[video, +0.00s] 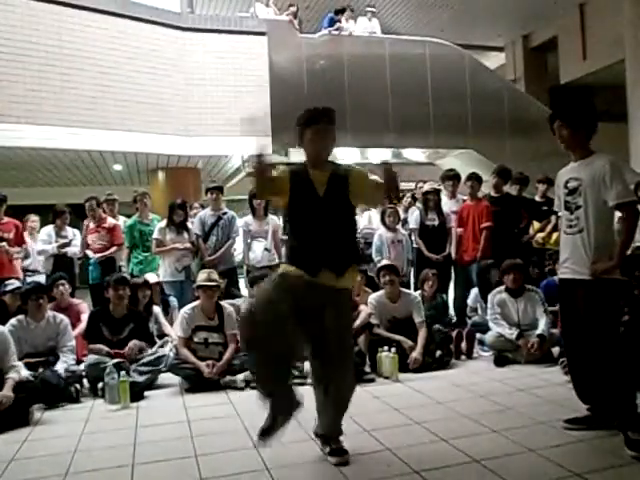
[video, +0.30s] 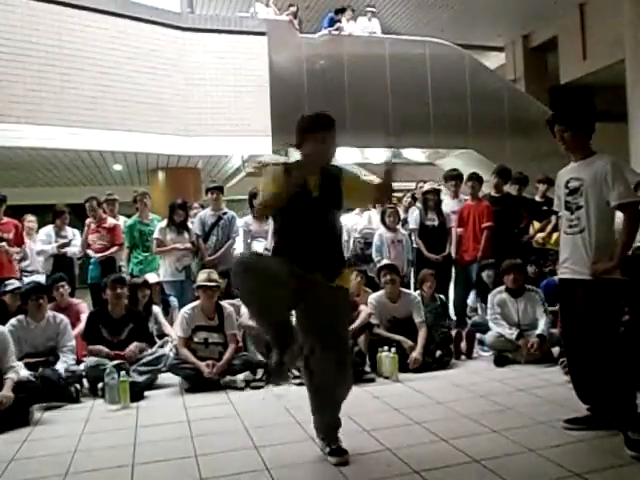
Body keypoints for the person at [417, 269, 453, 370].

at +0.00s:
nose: (431, 284)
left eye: (434, 281)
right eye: (428, 281)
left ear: (437, 284)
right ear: (422, 283)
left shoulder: (441, 299)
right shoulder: (416, 298)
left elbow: (445, 316)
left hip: (439, 328)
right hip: (423, 329)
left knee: (437, 329)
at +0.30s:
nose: (429, 289)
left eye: (432, 286)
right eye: (427, 286)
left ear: (435, 286)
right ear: (421, 286)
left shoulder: (441, 300)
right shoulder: (415, 299)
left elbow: (446, 317)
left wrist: (447, 325)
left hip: (439, 329)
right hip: (424, 330)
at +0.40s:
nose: (429, 284)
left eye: (431, 282)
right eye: (425, 282)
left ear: (434, 284)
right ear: (420, 284)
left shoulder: (440, 298)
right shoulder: (415, 299)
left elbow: (449, 314)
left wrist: (457, 324)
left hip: (442, 330)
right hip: (425, 331)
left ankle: (465, 349)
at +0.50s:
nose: (428, 285)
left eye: (430, 282)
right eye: (425, 282)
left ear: (434, 283)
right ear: (420, 284)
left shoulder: (440, 298)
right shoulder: (415, 298)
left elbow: (452, 310)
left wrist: (460, 318)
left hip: (441, 331)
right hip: (424, 332)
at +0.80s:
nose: (428, 285)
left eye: (431, 282)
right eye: (425, 282)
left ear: (434, 283)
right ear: (420, 284)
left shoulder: (441, 296)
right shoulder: (417, 298)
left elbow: (455, 310)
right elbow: (418, 315)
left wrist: (449, 318)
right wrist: (432, 318)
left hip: (443, 325)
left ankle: (466, 347)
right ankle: (455, 346)